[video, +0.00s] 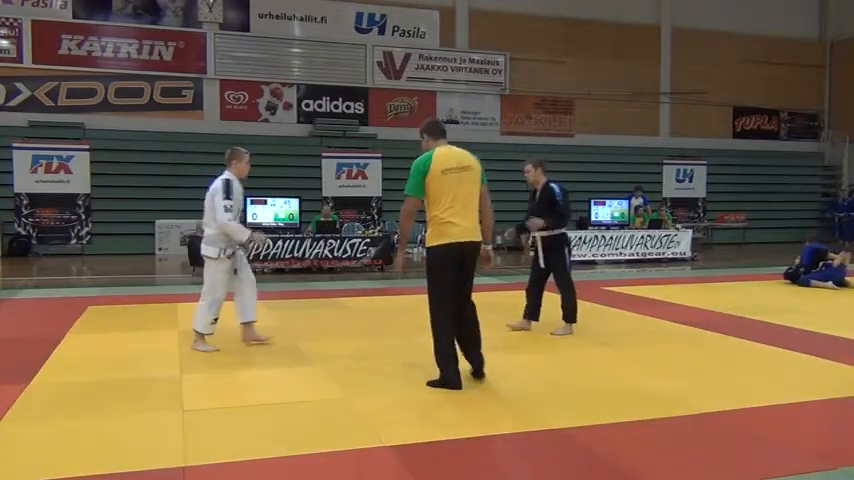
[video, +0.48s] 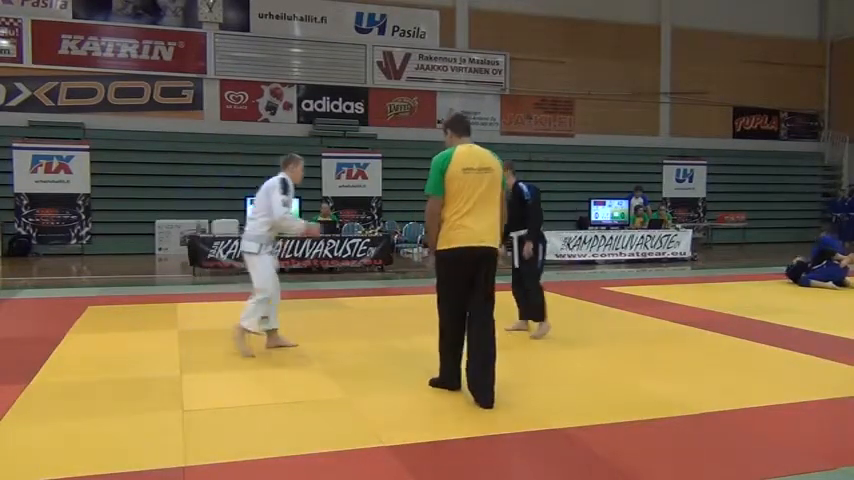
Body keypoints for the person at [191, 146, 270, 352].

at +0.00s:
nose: (249, 168)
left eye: (249, 163)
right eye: (247, 163)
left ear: (235, 164)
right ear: (235, 164)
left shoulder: (233, 185)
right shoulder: (224, 184)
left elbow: (230, 221)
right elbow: (224, 221)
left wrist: (248, 236)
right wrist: (249, 236)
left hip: (232, 247)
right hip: (217, 248)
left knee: (247, 284)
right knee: (213, 292)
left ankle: (248, 330)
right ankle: (199, 338)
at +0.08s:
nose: (256, 170)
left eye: (256, 166)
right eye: (254, 166)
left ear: (242, 166)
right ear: (243, 165)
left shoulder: (238, 186)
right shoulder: (232, 186)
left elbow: (233, 222)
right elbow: (231, 223)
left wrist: (256, 230)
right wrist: (259, 231)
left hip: (236, 249)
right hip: (221, 250)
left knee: (252, 284)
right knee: (216, 292)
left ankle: (261, 331)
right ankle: (199, 338)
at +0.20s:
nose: (270, 174)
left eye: (270, 170)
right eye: (268, 170)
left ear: (256, 170)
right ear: (257, 170)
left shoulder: (250, 189)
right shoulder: (247, 189)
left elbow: (241, 225)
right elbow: (244, 226)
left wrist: (266, 231)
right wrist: (269, 232)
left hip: (245, 252)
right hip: (230, 252)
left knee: (261, 286)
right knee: (223, 293)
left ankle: (271, 334)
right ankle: (200, 338)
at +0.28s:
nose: (281, 175)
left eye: (281, 171)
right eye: (279, 171)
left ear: (267, 171)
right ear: (268, 171)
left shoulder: (263, 191)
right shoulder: (258, 189)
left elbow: (252, 224)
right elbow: (252, 224)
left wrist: (267, 237)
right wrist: (277, 232)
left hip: (254, 253)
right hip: (238, 253)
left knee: (267, 290)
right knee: (230, 295)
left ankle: (273, 335)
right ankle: (202, 336)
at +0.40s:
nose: (295, 175)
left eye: (295, 171)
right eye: (293, 170)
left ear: (281, 169)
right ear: (282, 169)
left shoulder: (273, 187)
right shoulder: (273, 186)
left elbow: (266, 222)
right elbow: (269, 220)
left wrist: (288, 231)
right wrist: (291, 229)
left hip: (261, 248)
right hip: (250, 249)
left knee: (272, 289)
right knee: (254, 292)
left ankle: (273, 335)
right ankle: (220, 324)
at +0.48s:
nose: (302, 173)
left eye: (302, 169)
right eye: (301, 168)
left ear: (289, 167)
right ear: (292, 167)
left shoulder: (285, 186)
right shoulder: (278, 183)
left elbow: (281, 219)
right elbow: (279, 217)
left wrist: (304, 229)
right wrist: (304, 228)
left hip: (267, 246)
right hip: (255, 245)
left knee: (273, 289)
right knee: (265, 290)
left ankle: (273, 335)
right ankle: (242, 329)